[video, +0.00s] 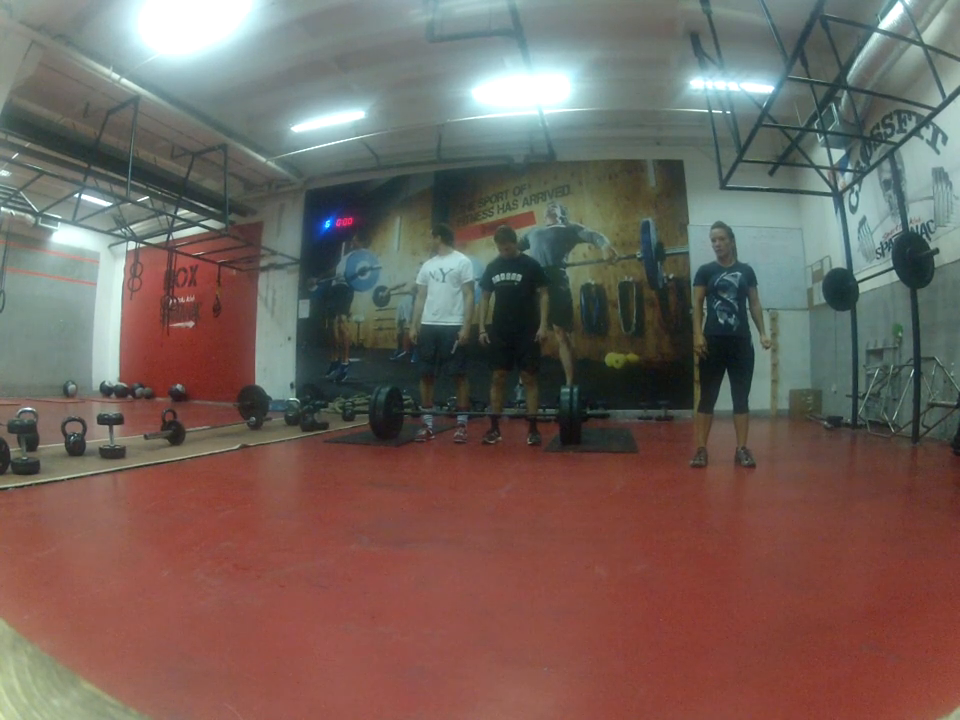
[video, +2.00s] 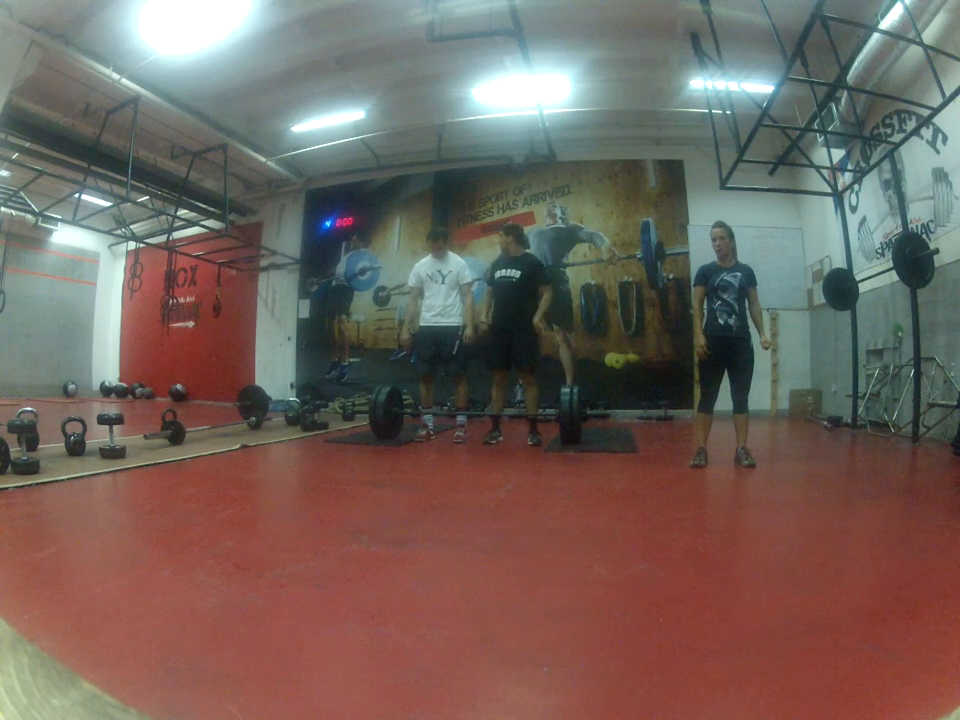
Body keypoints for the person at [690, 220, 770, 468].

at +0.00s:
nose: (717, 244)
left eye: (721, 239)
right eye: (714, 240)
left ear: (732, 241)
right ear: (710, 244)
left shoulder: (746, 271)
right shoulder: (705, 272)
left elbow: (754, 304)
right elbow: (697, 306)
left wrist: (762, 333)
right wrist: (698, 335)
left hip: (740, 343)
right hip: (712, 342)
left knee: (741, 399)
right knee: (707, 399)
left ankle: (742, 449)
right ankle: (701, 450)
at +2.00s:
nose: (718, 243)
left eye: (722, 239)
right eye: (714, 240)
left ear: (732, 241)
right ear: (711, 244)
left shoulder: (746, 271)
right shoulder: (705, 271)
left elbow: (754, 305)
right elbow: (697, 306)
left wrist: (762, 333)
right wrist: (698, 335)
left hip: (740, 343)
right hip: (712, 342)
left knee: (740, 399)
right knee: (707, 398)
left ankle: (742, 449)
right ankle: (701, 449)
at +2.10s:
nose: (718, 243)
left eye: (722, 239)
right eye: (714, 240)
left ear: (732, 241)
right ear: (711, 244)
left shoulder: (746, 271)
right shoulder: (705, 271)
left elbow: (754, 305)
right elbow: (697, 306)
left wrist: (762, 333)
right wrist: (698, 335)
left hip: (740, 343)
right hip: (712, 342)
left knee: (740, 399)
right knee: (707, 398)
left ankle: (742, 449)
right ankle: (701, 449)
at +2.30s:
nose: (718, 243)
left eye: (722, 239)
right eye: (714, 240)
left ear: (732, 241)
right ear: (711, 244)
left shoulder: (746, 272)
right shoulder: (705, 272)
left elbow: (754, 305)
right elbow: (697, 306)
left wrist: (761, 333)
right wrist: (698, 335)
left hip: (740, 343)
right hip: (712, 342)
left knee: (740, 398)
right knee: (707, 398)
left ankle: (742, 449)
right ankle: (701, 449)